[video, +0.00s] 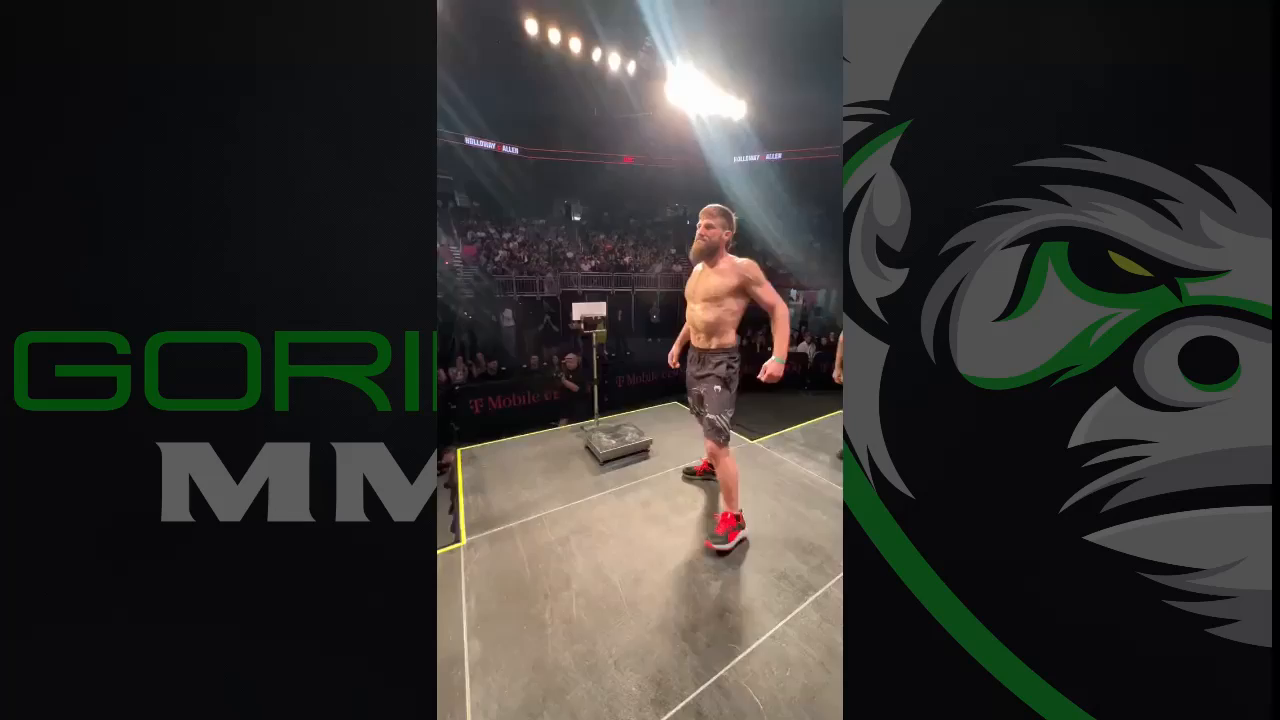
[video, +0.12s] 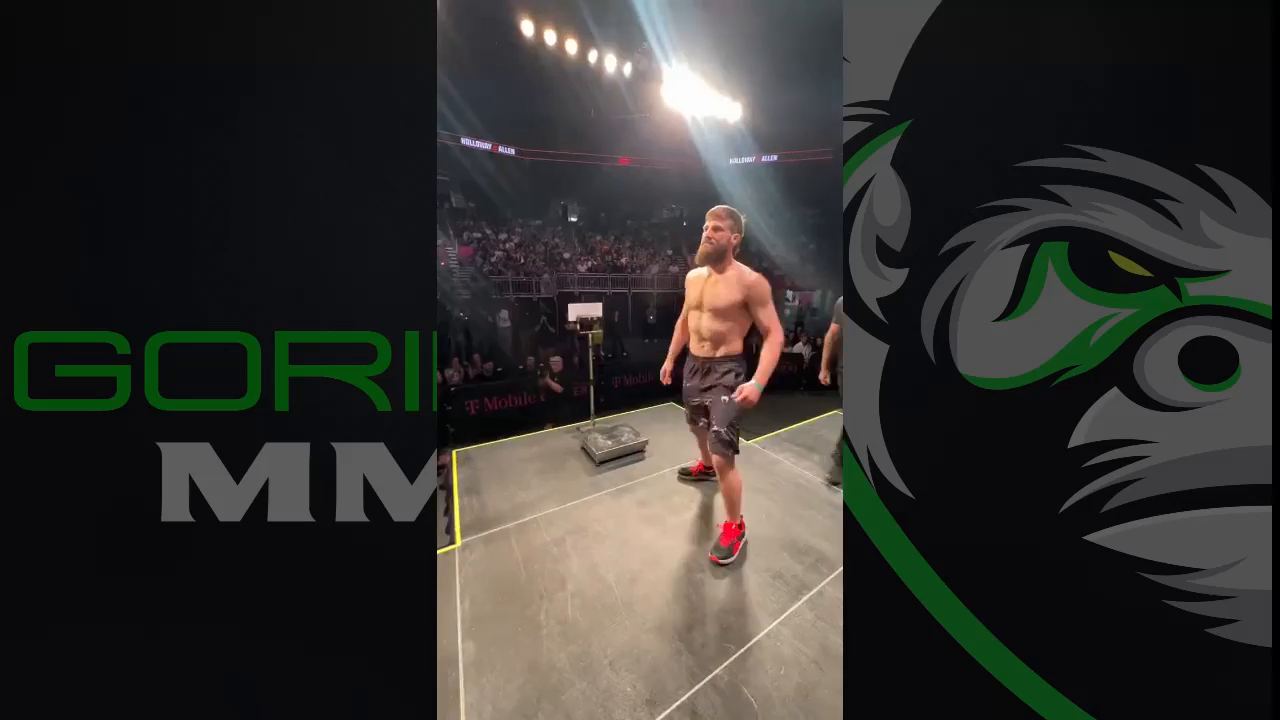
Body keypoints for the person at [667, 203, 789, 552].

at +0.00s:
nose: (701, 231)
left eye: (710, 227)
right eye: (700, 225)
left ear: (727, 235)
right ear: (698, 231)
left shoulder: (743, 269)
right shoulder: (698, 269)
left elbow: (779, 308)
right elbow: (697, 312)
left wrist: (778, 357)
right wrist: (679, 343)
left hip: (721, 361)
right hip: (695, 358)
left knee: (716, 445)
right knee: (702, 417)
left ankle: (733, 518)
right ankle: (712, 462)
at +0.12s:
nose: (707, 234)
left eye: (716, 230)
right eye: (705, 229)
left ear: (735, 238)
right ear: (703, 234)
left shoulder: (751, 282)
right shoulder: (694, 277)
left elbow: (774, 336)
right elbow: (685, 319)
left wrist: (758, 383)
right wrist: (670, 358)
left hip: (726, 371)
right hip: (693, 367)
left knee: (722, 455)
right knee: (697, 422)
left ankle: (734, 526)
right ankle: (708, 465)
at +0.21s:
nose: (711, 233)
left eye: (721, 229)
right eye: (709, 227)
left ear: (741, 237)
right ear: (706, 233)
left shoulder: (755, 284)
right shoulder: (694, 278)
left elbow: (769, 346)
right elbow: (679, 322)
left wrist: (730, 388)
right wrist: (666, 363)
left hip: (730, 373)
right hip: (694, 368)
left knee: (722, 457)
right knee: (689, 427)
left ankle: (732, 526)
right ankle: (704, 464)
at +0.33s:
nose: (713, 225)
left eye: (724, 219)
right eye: (711, 219)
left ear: (745, 227)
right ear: (708, 224)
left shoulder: (762, 274)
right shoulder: (696, 272)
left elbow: (760, 339)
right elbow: (679, 319)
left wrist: (694, 357)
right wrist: (662, 360)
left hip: (730, 377)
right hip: (692, 371)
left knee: (729, 460)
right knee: (673, 440)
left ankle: (733, 529)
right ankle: (699, 475)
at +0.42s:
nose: (712, 226)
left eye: (723, 219)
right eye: (710, 220)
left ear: (747, 225)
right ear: (708, 225)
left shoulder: (766, 274)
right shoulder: (697, 273)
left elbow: (754, 339)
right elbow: (679, 321)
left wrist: (685, 345)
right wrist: (665, 354)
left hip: (731, 377)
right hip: (691, 372)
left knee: (734, 461)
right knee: (668, 448)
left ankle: (735, 530)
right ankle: (692, 496)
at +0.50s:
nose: (710, 227)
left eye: (721, 220)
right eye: (708, 221)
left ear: (747, 226)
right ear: (706, 228)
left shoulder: (767, 277)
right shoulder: (696, 275)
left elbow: (749, 347)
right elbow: (678, 325)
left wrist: (679, 346)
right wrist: (663, 352)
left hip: (731, 383)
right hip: (690, 377)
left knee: (737, 469)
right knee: (668, 460)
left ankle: (738, 532)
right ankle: (680, 526)